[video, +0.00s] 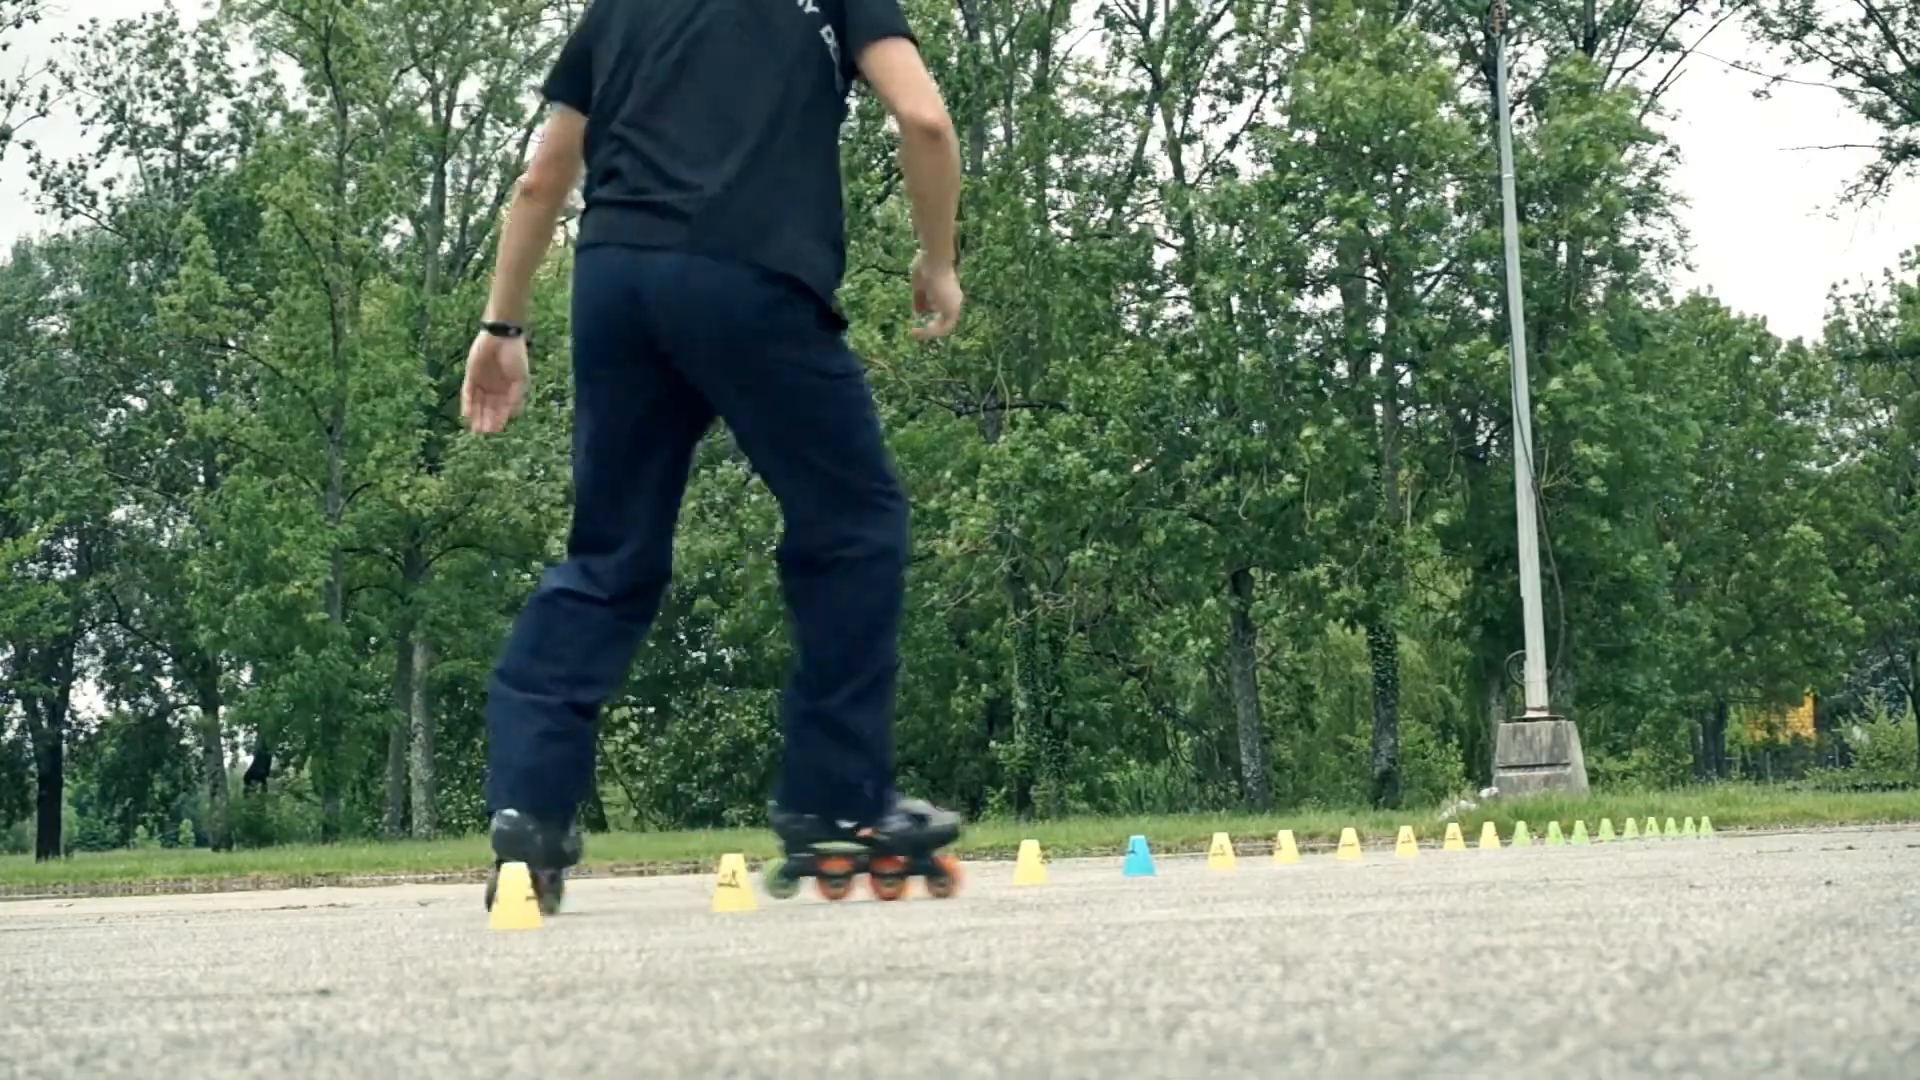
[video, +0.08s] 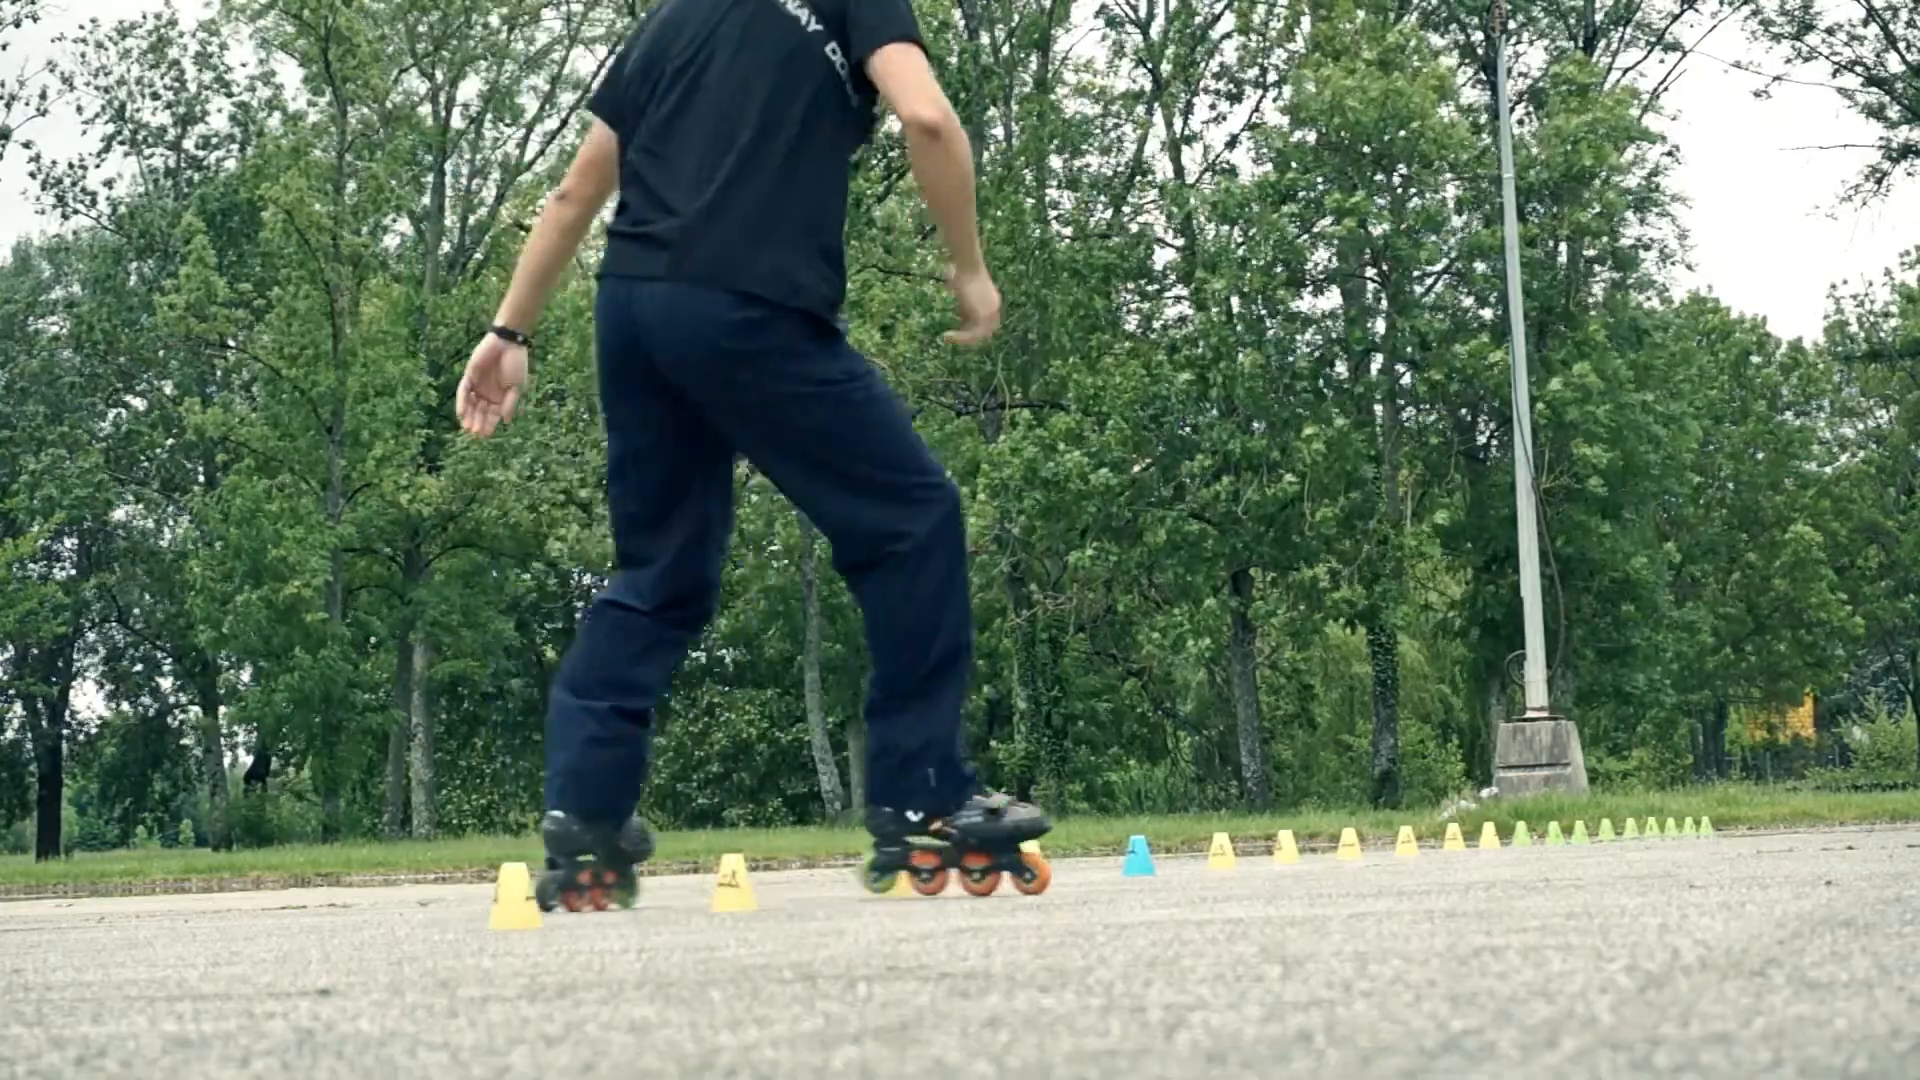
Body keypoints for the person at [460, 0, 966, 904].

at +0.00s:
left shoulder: (615, 9)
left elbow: (542, 175)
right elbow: (925, 115)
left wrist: (502, 320)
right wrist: (939, 258)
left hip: (611, 281)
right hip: (751, 281)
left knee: (608, 555)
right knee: (854, 524)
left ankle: (529, 804)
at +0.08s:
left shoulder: (666, 21)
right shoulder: (852, 3)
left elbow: (575, 193)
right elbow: (925, 117)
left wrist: (509, 329)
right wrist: (969, 267)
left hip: (632, 315)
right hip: (751, 314)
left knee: (658, 574)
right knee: (912, 522)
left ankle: (586, 817)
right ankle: (924, 797)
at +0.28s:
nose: (997, 28)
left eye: (1003, 15)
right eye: (998, 8)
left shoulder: (815, 55)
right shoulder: (890, 32)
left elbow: (708, 223)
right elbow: (935, 135)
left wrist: (634, 351)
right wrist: (1060, 259)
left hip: (765, 369)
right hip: (772, 372)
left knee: (876, 572)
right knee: (945, 523)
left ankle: (824, 795)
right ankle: (988, 779)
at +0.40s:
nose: (1043, 66)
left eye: (1051, 47)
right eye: (1038, 39)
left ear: (978, 23)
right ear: (976, 16)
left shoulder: (924, 114)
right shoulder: (876, 83)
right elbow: (892, 161)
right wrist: (1043, 243)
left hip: (885, 397)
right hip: (785, 409)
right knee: (921, 546)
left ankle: (935, 794)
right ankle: (1010, 780)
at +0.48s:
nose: (1033, 89)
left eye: (1044, 71)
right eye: (1023, 63)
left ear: (969, 49)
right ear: (958, 42)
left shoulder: (962, 155)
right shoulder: (861, 110)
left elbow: (951, 290)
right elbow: (808, 175)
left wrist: (1004, 410)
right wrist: (938, 215)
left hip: (923, 413)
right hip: (810, 426)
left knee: (1047, 565)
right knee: (907, 566)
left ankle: (949, 795)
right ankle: (1038, 782)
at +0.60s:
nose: (961, 110)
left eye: (978, 93)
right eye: (942, 88)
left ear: (992, 84)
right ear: (889, 71)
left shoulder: (996, 174)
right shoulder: (810, 152)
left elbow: (1118, 242)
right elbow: (709, 181)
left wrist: (1263, 293)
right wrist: (665, 187)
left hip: (951, 423)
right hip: (834, 434)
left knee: (1003, 586)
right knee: (902, 576)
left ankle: (904, 794)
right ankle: (1026, 788)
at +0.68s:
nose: (893, 123)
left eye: (914, 104)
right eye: (876, 100)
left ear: (943, 90)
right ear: (848, 83)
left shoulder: (996, 161)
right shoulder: (798, 162)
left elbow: (1131, 168)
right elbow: (662, 196)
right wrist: (562, 210)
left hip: (964, 431)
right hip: (846, 434)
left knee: (962, 608)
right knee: (870, 567)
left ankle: (850, 807)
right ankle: (969, 776)